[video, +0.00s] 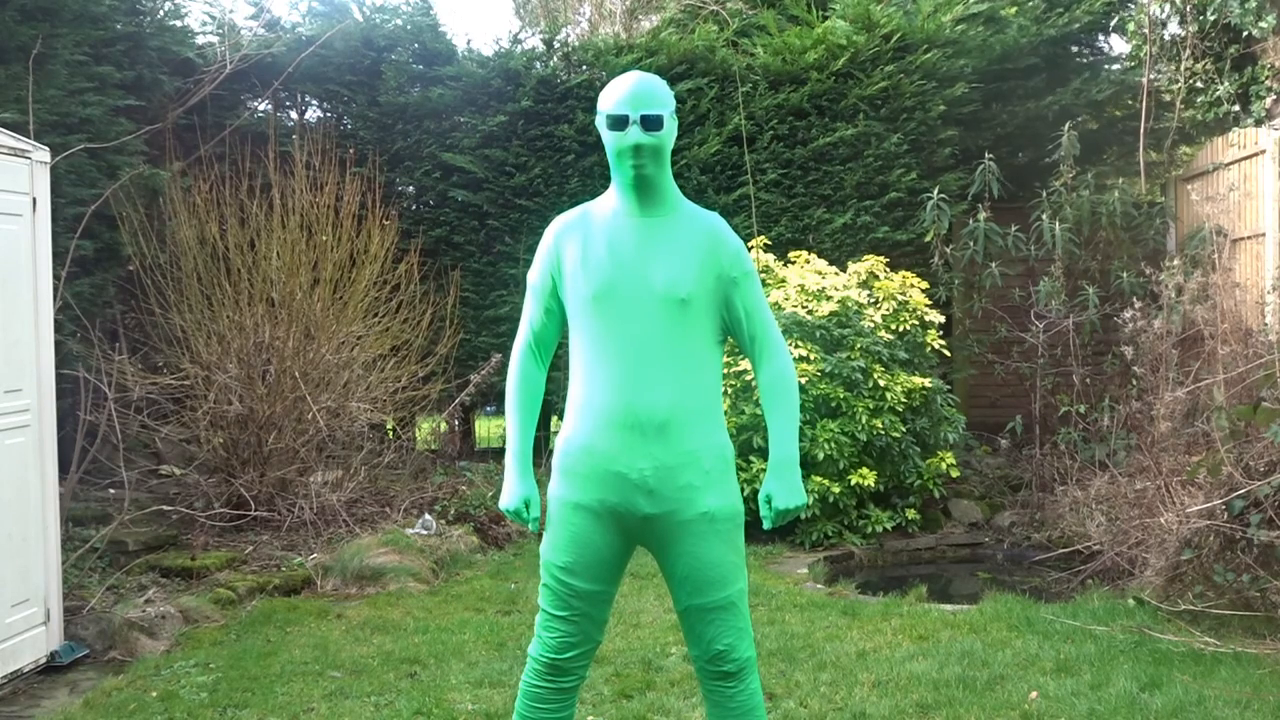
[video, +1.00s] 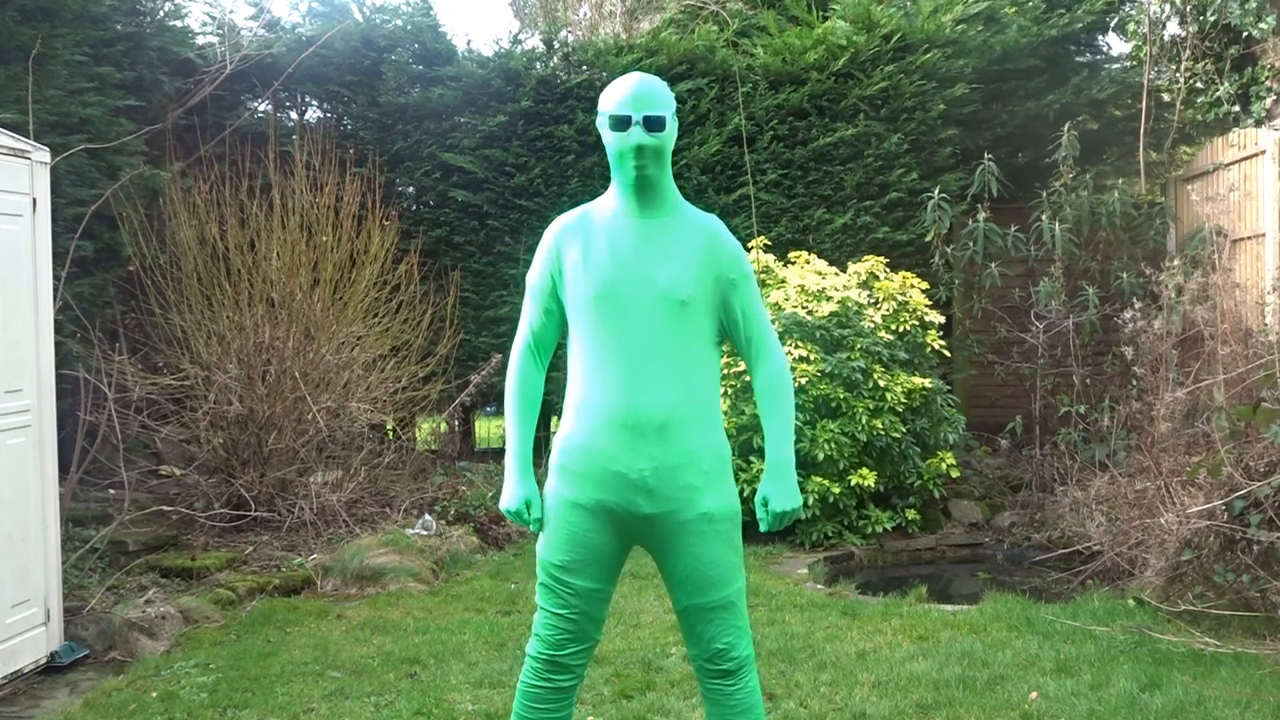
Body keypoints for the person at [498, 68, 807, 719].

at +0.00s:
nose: (636, 136)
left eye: (651, 122)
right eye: (620, 123)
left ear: (673, 129)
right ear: (601, 135)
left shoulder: (713, 237)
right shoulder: (566, 236)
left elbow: (769, 351)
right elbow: (531, 352)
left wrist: (784, 464)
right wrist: (517, 466)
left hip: (698, 486)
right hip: (588, 484)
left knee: (729, 667)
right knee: (554, 665)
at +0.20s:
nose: (637, 136)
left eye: (652, 122)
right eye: (621, 123)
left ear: (673, 130)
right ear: (601, 134)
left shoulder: (713, 237)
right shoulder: (566, 236)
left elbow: (769, 352)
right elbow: (531, 353)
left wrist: (783, 465)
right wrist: (517, 468)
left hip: (698, 485)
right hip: (587, 484)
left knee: (729, 666)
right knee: (554, 665)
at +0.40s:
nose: (637, 136)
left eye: (652, 122)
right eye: (621, 123)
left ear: (674, 131)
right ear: (602, 135)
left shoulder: (713, 238)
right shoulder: (567, 236)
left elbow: (768, 351)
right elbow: (532, 353)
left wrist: (782, 464)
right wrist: (518, 467)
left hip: (698, 485)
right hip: (587, 484)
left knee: (729, 667)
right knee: (554, 665)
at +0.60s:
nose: (638, 137)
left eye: (653, 122)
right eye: (622, 124)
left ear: (674, 131)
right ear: (602, 135)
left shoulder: (713, 239)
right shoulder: (566, 237)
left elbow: (768, 353)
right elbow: (532, 354)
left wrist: (782, 465)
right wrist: (519, 468)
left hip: (698, 487)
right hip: (586, 485)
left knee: (728, 666)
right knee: (553, 664)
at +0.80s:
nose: (638, 137)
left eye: (653, 123)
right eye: (622, 124)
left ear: (674, 132)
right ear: (602, 135)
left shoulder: (712, 239)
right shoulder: (566, 237)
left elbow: (766, 353)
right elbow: (531, 354)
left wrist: (782, 465)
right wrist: (519, 469)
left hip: (697, 487)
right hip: (585, 485)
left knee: (728, 667)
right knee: (552, 665)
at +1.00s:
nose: (638, 136)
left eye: (653, 123)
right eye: (622, 123)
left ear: (674, 133)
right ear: (602, 135)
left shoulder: (712, 240)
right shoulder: (566, 237)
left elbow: (765, 354)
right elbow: (529, 353)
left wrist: (781, 466)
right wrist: (517, 469)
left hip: (696, 488)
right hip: (584, 486)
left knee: (727, 666)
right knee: (553, 663)